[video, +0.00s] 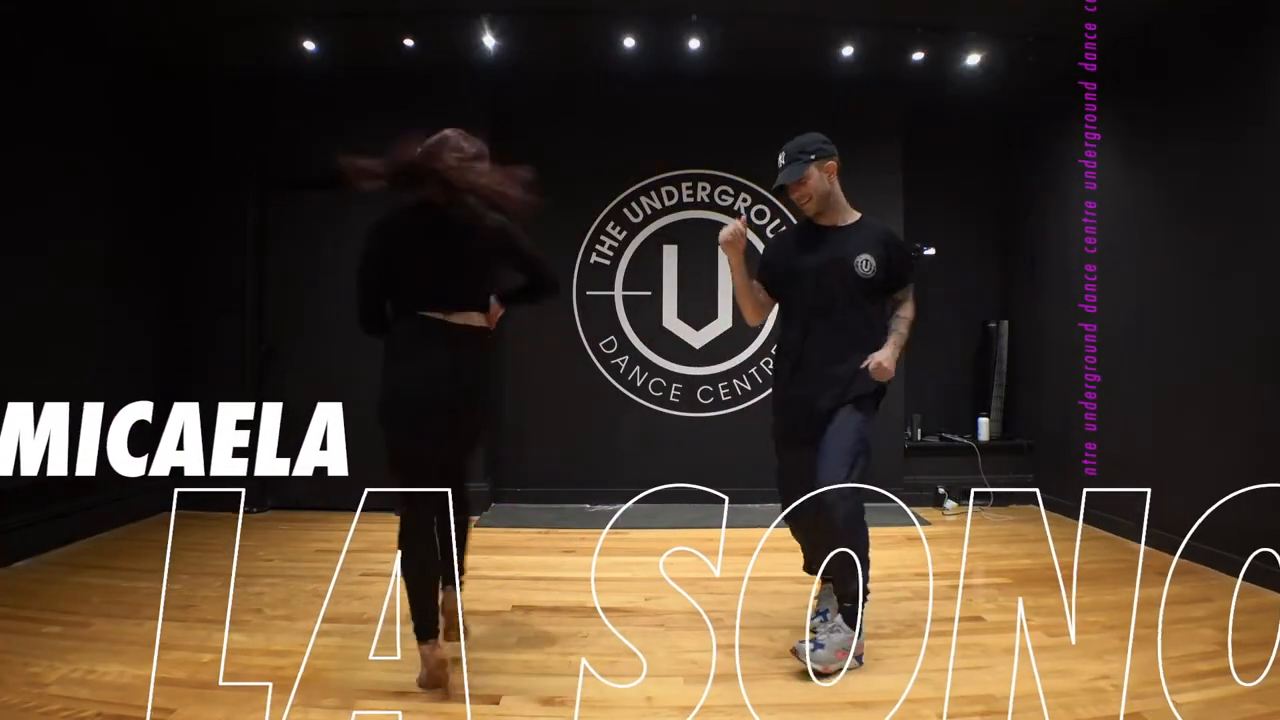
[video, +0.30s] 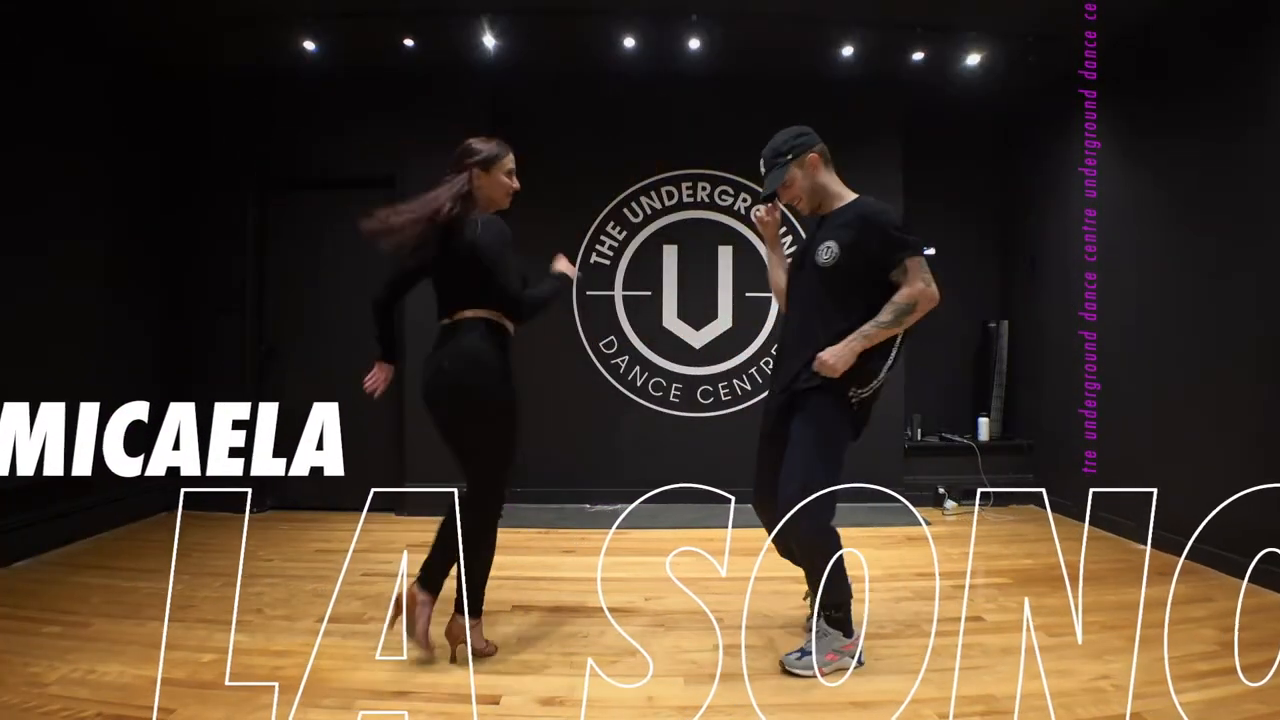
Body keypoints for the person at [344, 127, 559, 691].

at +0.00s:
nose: (469, 175)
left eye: (458, 161)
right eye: (470, 166)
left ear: (419, 172)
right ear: (478, 176)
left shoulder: (392, 224)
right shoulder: (487, 225)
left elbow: (370, 315)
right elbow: (543, 283)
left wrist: (411, 319)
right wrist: (497, 300)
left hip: (410, 362)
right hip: (470, 364)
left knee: (415, 503)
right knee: (456, 483)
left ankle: (428, 646)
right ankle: (450, 591)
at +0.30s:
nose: (516, 184)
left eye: (515, 174)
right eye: (508, 174)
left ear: (477, 180)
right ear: (477, 177)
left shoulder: (444, 228)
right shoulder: (490, 230)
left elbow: (389, 292)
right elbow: (522, 304)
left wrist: (387, 354)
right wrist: (560, 277)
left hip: (444, 355)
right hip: (483, 357)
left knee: (479, 484)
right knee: (489, 486)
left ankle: (425, 590)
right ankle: (468, 617)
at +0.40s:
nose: (527, 182)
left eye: (526, 173)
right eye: (517, 174)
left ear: (492, 183)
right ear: (487, 180)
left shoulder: (464, 230)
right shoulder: (496, 231)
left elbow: (420, 291)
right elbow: (513, 309)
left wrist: (442, 329)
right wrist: (586, 323)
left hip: (461, 366)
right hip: (485, 369)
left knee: (485, 481)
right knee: (499, 480)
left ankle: (464, 596)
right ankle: (465, 616)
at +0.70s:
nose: (547, 182)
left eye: (546, 175)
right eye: (537, 174)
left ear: (534, 185)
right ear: (508, 180)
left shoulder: (532, 240)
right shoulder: (490, 230)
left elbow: (544, 288)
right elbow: (460, 263)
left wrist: (591, 268)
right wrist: (524, 242)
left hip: (510, 369)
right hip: (488, 370)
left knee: (493, 476)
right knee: (547, 473)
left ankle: (484, 579)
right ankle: (513, 583)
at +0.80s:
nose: (550, 184)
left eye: (550, 176)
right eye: (540, 175)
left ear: (545, 187)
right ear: (510, 181)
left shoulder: (541, 242)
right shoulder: (489, 232)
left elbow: (558, 290)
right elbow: (458, 257)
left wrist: (610, 265)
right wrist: (526, 222)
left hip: (526, 369)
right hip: (495, 369)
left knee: (504, 477)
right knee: (542, 477)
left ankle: (486, 577)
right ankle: (527, 588)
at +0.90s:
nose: (556, 181)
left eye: (556, 173)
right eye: (547, 172)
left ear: (550, 182)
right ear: (517, 178)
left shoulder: (547, 244)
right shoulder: (493, 232)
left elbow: (568, 301)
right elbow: (484, 269)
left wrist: (620, 277)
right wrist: (531, 217)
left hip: (539, 368)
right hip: (502, 367)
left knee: (562, 477)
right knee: (531, 478)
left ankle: (517, 566)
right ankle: (524, 592)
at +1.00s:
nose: (559, 182)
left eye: (559, 173)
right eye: (550, 173)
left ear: (546, 182)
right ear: (520, 180)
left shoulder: (552, 242)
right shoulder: (499, 239)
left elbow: (567, 307)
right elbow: (508, 290)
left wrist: (621, 300)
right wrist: (536, 228)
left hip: (548, 370)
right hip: (505, 373)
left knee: (583, 477)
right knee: (530, 481)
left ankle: (562, 581)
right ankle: (522, 588)